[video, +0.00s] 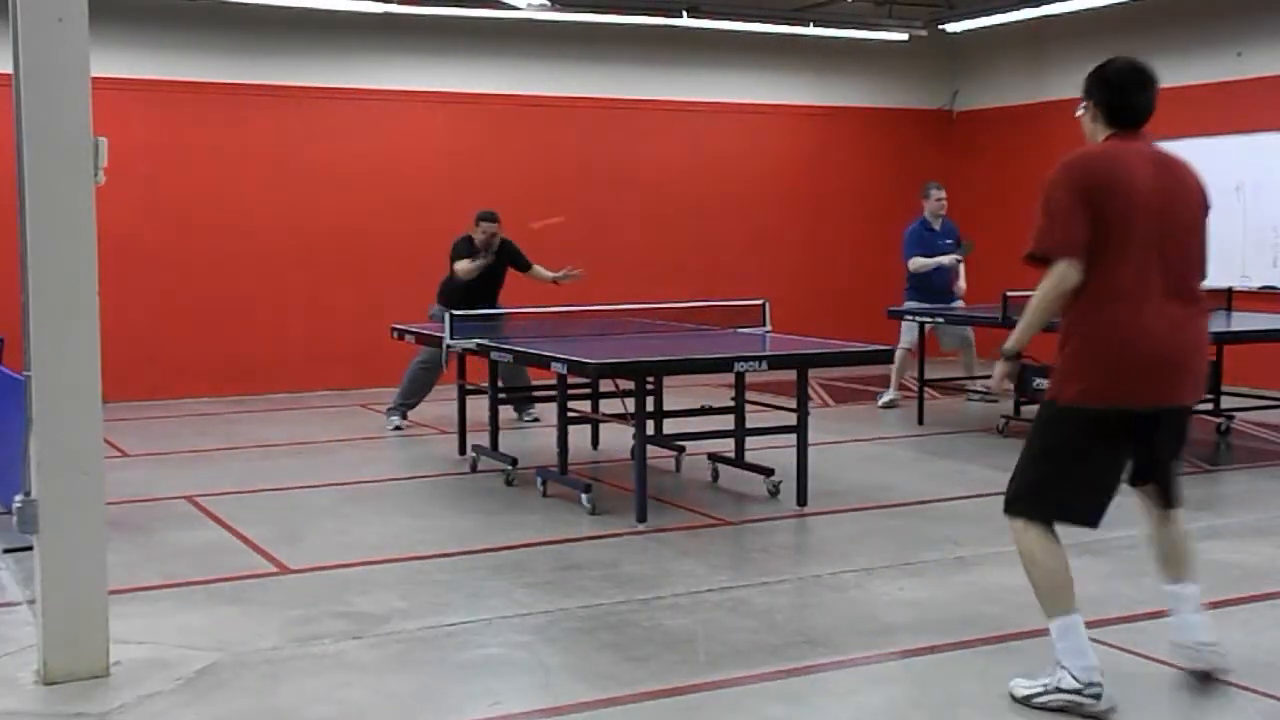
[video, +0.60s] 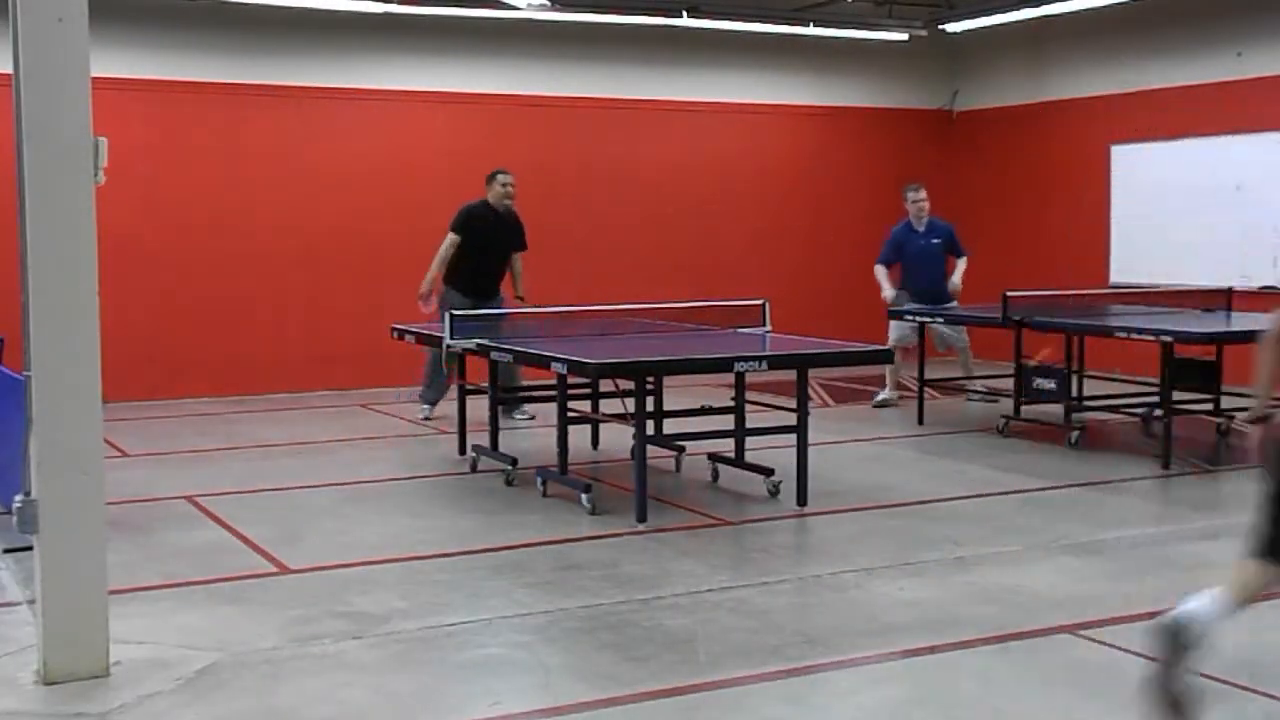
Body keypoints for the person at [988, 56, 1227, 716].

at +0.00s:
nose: (1078, 115)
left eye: (1080, 107)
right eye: (1082, 105)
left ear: (1092, 112)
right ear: (1147, 113)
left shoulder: (1081, 169)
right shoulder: (1184, 176)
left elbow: (1065, 270)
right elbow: (1189, 283)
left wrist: (1010, 352)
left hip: (1100, 374)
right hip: (1178, 375)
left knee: (1029, 511)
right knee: (1159, 491)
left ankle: (1077, 672)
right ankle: (1194, 638)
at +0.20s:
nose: (1132, 129)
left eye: (1135, 121)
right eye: (1138, 119)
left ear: (1144, 128)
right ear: (1203, 128)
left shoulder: (1126, 194)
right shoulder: (1249, 199)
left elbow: (1084, 294)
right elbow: (1271, 312)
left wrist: (1034, 374)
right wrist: (1210, 310)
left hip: (1147, 407)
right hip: (1236, 406)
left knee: (1067, 527)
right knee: (1237, 549)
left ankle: (1094, 691)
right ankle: (1279, 670)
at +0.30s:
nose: (1172, 169)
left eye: (1173, 162)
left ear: (1176, 168)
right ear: (1236, 170)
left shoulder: (1146, 238)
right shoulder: (1270, 240)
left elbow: (1084, 328)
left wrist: (1062, 403)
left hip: (1166, 445)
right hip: (1262, 444)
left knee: (1108, 585)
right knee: (1278, 569)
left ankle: (1102, 711)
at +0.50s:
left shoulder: (1267, 237)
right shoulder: (1265, 238)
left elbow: (1211, 341)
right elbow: (1212, 340)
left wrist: (1221, 406)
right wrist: (1221, 406)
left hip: (1254, 431)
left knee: (1200, 557)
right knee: (1199, 559)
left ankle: (1122, 677)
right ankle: (1124, 675)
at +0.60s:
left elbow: (1270, 335)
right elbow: (1271, 335)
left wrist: (1261, 405)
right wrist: (1262, 405)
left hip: (1276, 441)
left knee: (1268, 558)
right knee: (1268, 559)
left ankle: (1190, 619)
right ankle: (1190, 619)